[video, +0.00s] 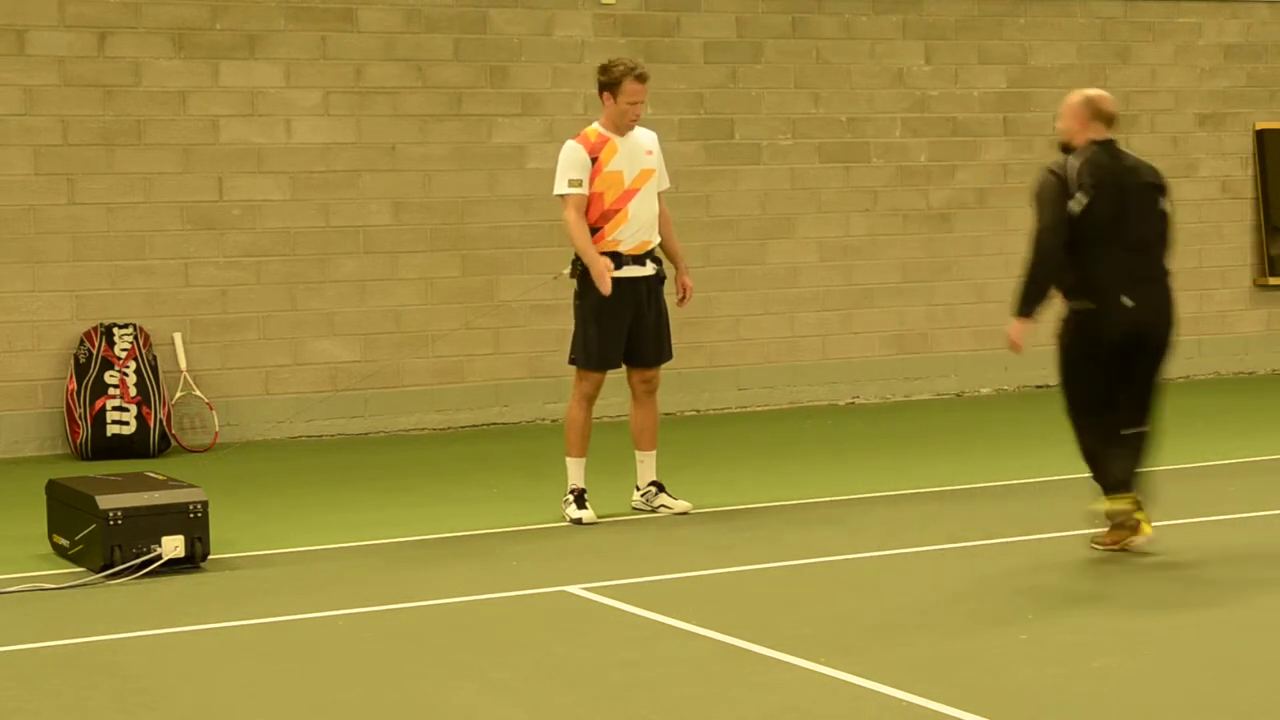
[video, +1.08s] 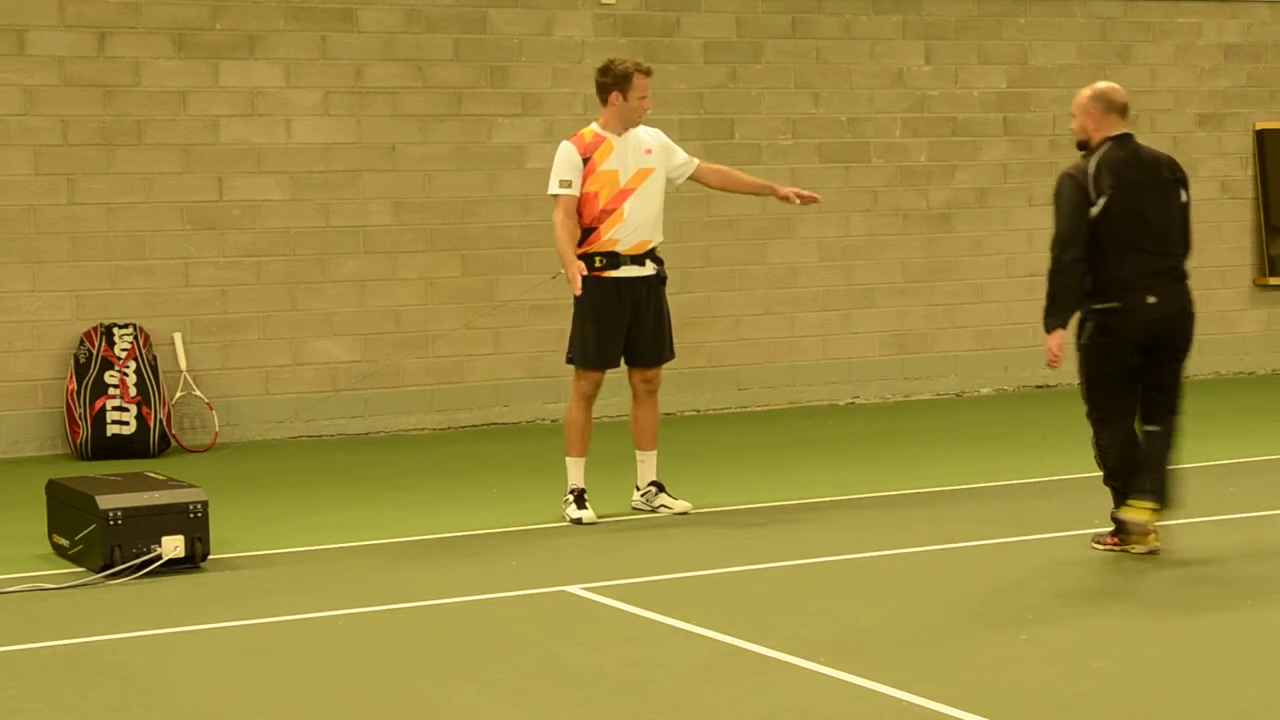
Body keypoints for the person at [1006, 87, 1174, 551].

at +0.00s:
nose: (1059, 126)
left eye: (1065, 118)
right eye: (1061, 117)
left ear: (1085, 122)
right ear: (1106, 122)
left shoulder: (1063, 176)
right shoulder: (1147, 175)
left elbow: (1050, 246)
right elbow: (1156, 245)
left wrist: (1024, 310)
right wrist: (1130, 286)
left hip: (1092, 318)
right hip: (1151, 315)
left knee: (1087, 408)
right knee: (1132, 408)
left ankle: (1125, 508)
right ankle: (1123, 511)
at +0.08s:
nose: (1080, 132)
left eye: (1086, 124)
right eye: (1084, 123)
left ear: (1105, 130)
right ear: (1127, 132)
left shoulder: (1086, 187)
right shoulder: (1172, 183)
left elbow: (1073, 264)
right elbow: (1189, 256)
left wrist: (1049, 331)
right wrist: (1168, 294)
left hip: (1116, 325)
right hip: (1176, 321)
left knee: (1108, 417)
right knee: (1183, 408)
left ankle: (1135, 524)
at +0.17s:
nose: (1104, 137)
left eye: (1110, 129)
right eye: (1107, 128)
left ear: (1133, 134)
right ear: (1153, 135)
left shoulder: (1112, 192)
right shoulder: (1199, 185)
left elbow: (1100, 270)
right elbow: (1222, 259)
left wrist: (1080, 334)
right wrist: (1201, 301)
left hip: (1141, 327)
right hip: (1201, 322)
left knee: (1118, 418)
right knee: (1224, 407)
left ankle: (1136, 524)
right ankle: (1272, 496)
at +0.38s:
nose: (1160, 155)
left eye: (1166, 148)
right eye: (1162, 147)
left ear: (1186, 155)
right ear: (1205, 156)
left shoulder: (1165, 212)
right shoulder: (1253, 201)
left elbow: (1160, 285)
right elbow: (1273, 267)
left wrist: (1160, 338)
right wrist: (1263, 315)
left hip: (1204, 337)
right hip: (1265, 336)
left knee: (1154, 420)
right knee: (1274, 424)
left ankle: (1141, 522)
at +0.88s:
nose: (1106, 140)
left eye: (1111, 131)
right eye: (1108, 131)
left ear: (1132, 136)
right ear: (1155, 137)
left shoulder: (1116, 193)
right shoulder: (1200, 186)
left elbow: (1105, 269)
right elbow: (1226, 258)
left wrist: (1090, 330)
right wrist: (1215, 303)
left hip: (1150, 328)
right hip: (1207, 324)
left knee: (1117, 422)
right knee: (1244, 420)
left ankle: (1135, 525)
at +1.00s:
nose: (1084, 128)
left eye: (1090, 119)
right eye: (1086, 119)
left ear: (1110, 123)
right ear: (1131, 123)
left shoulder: (1093, 182)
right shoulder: (1180, 173)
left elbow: (1080, 260)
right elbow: (1196, 250)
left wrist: (1065, 328)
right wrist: (1173, 289)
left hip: (1125, 320)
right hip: (1185, 313)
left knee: (1116, 420)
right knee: (1190, 412)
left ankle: (1134, 526)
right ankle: (1218, 507)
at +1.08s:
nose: (1072, 125)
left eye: (1075, 116)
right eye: (1074, 116)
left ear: (1094, 118)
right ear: (1120, 116)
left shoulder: (1080, 177)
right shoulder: (1168, 168)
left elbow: (1070, 254)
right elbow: (1181, 243)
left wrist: (1056, 322)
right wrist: (1149, 279)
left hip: (1112, 315)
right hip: (1172, 309)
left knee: (1111, 415)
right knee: (1160, 410)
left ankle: (1130, 524)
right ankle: (1145, 502)